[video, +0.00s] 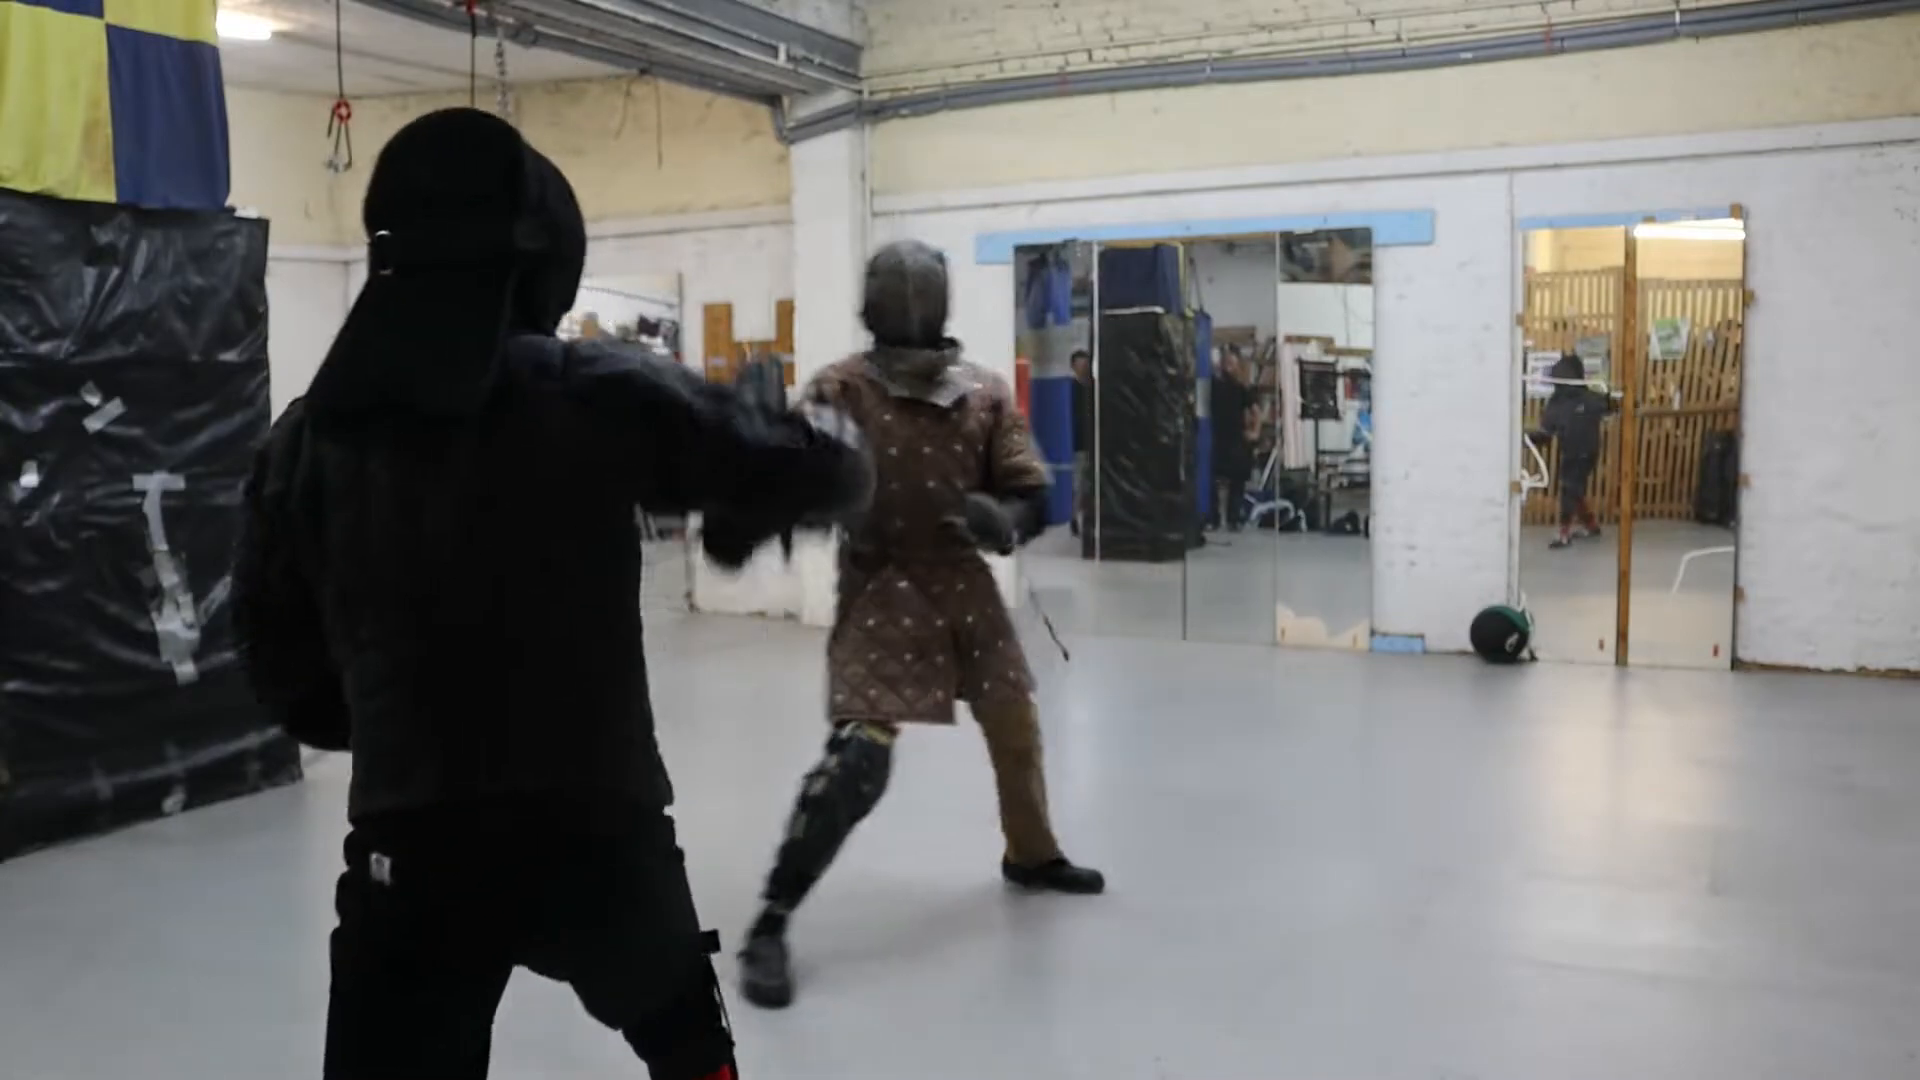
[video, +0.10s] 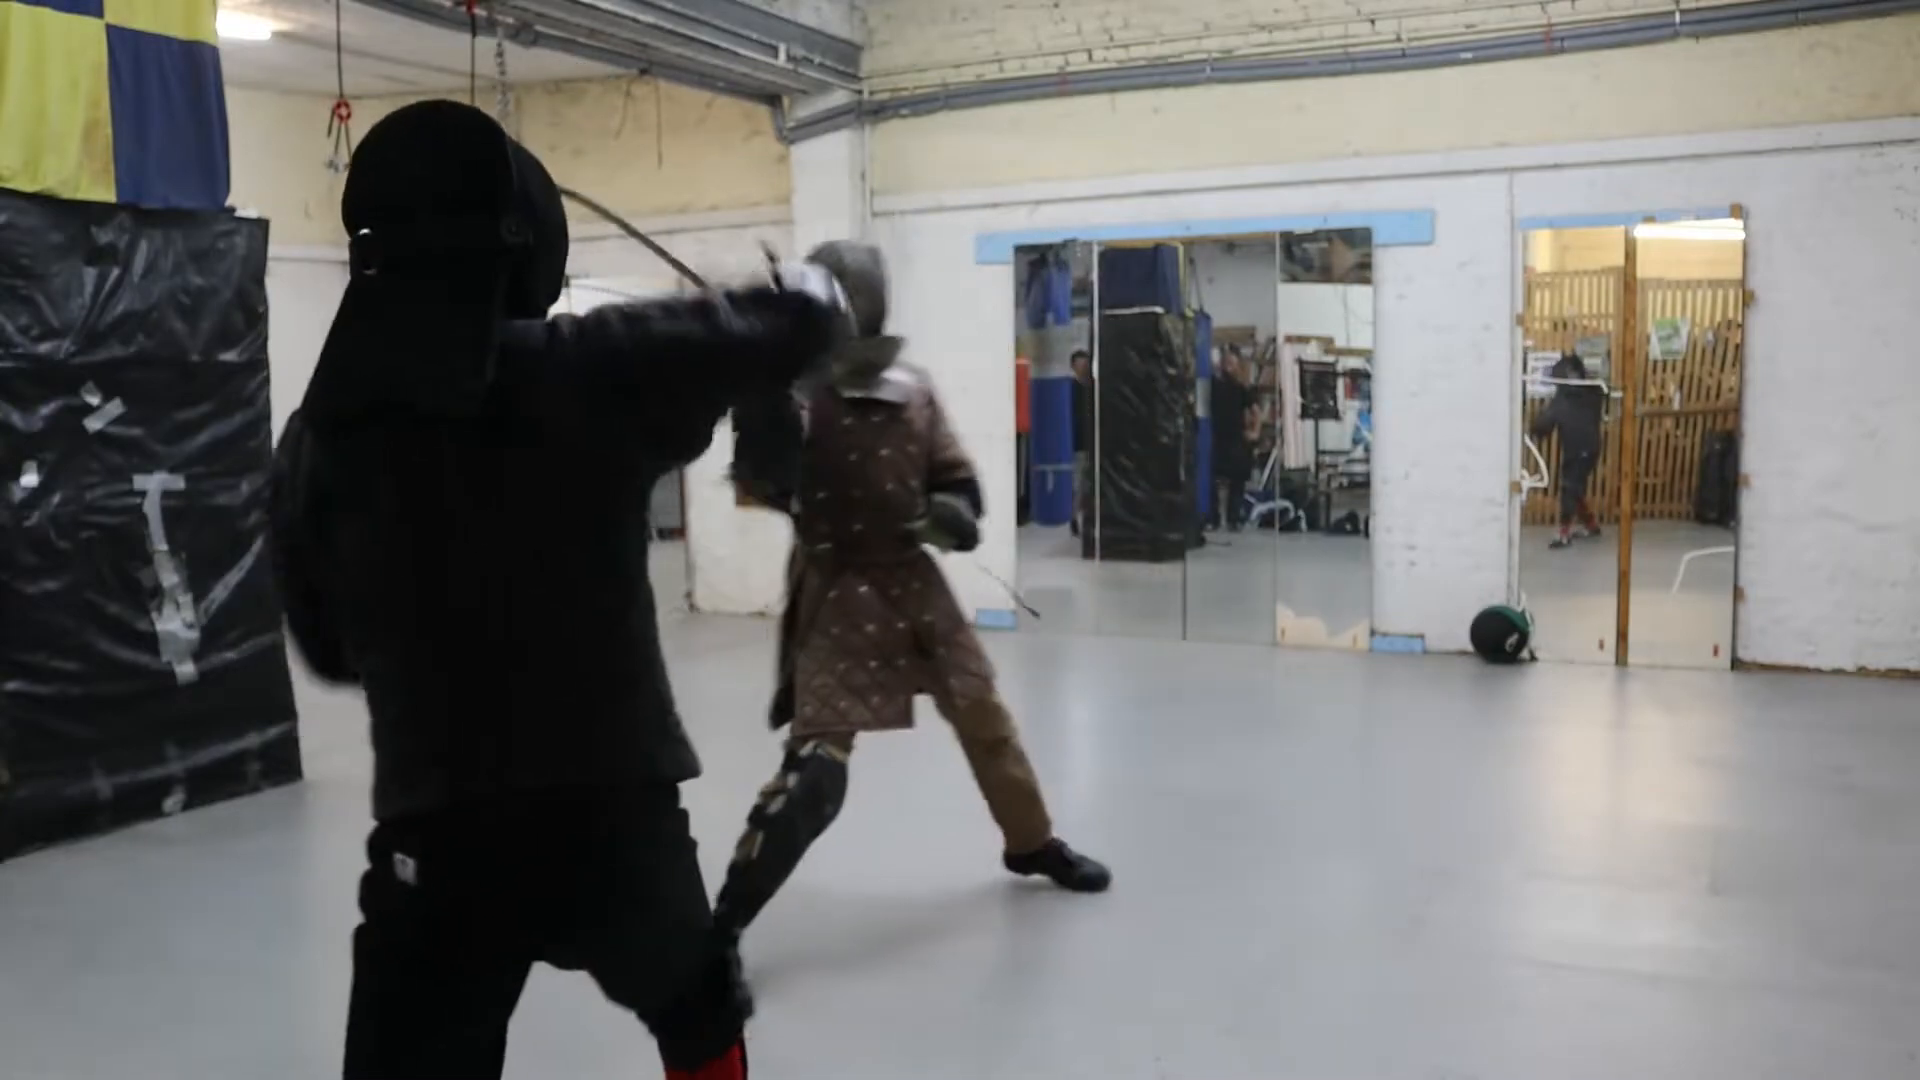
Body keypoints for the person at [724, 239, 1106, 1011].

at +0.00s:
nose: (911, 327)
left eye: (923, 311)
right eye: (896, 312)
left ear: (940, 312)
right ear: (872, 312)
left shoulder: (983, 396)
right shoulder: (838, 394)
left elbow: (1033, 493)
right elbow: (789, 468)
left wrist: (1007, 517)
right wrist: (817, 475)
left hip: (965, 589)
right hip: (879, 594)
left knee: (1017, 730)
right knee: (858, 768)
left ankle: (1031, 855)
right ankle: (770, 925)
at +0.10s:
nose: (857, 335)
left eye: (867, 319)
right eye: (843, 320)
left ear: (878, 316)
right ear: (813, 320)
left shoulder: (909, 386)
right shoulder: (792, 397)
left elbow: (954, 475)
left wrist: (952, 507)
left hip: (916, 581)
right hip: (834, 589)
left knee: (986, 720)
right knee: (814, 782)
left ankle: (1030, 844)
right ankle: (720, 933)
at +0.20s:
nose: (799, 337)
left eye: (807, 324)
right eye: (783, 324)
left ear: (825, 329)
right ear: (764, 331)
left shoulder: (854, 399)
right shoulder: (744, 401)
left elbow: (899, 475)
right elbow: (773, 440)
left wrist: (909, 512)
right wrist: (784, 354)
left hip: (870, 588)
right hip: (795, 594)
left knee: (950, 727)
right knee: (801, 777)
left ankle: (978, 860)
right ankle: (714, 918)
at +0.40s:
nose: (755, 342)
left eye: (768, 324)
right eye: (736, 327)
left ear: (791, 319)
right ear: (706, 326)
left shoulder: (815, 393)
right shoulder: (689, 406)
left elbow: (865, 489)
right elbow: (677, 513)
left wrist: (853, 518)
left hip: (810, 598)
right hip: (732, 607)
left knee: (855, 741)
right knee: (751, 772)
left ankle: (829, 864)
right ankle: (692, 947)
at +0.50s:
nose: (744, 342)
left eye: (758, 327)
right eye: (733, 327)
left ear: (774, 326)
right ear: (708, 324)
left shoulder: (793, 405)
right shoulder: (673, 400)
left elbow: (855, 516)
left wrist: (812, 526)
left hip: (774, 617)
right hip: (684, 625)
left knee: (811, 760)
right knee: (687, 784)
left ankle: (782, 878)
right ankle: (678, 953)